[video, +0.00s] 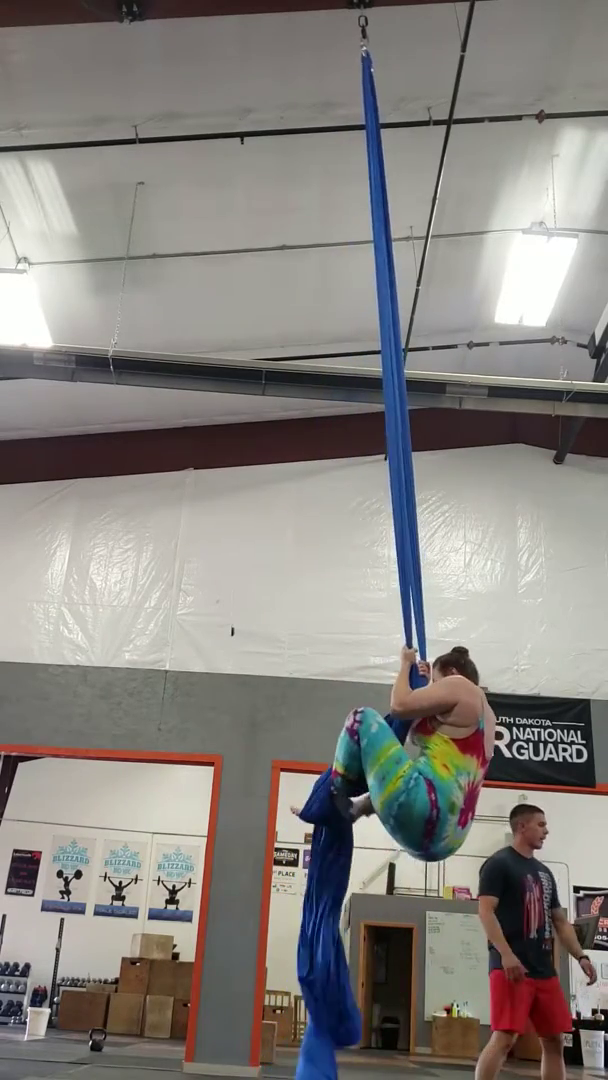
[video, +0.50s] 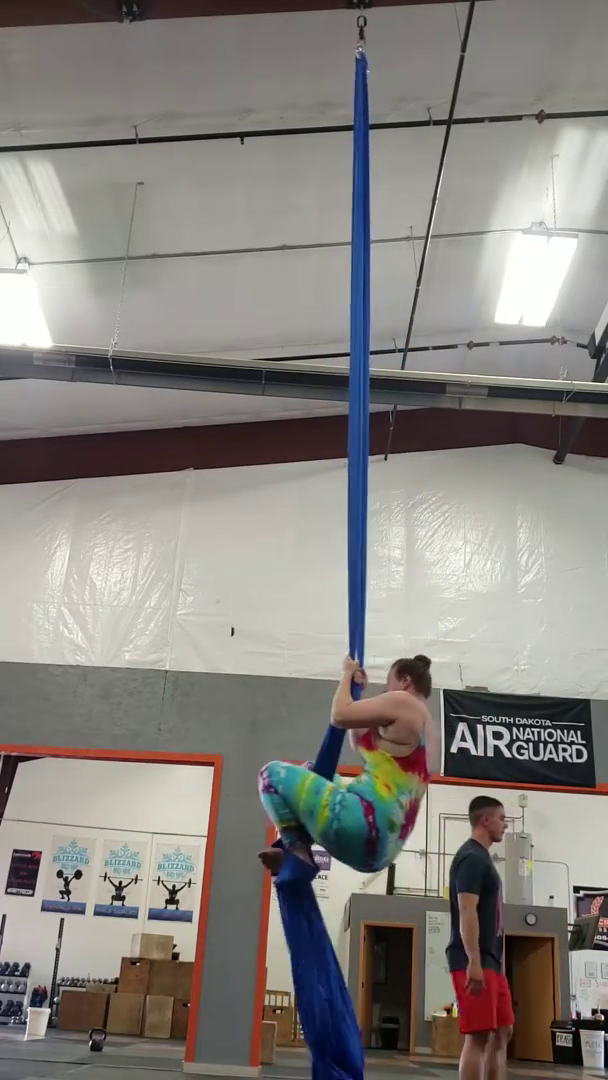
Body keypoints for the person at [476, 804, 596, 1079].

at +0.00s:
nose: (546, 830)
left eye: (546, 825)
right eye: (541, 825)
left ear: (528, 828)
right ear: (521, 827)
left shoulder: (545, 872)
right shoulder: (498, 864)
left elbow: (560, 921)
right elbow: (485, 912)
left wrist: (580, 956)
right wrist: (506, 954)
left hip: (543, 971)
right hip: (509, 968)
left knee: (553, 1042)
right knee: (503, 1039)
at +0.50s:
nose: (505, 825)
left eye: (505, 819)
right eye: (502, 819)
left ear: (484, 821)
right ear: (484, 820)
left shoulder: (482, 857)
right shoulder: (471, 857)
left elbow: (487, 914)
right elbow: (467, 911)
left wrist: (496, 962)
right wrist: (473, 961)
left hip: (491, 963)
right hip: (474, 963)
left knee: (503, 1032)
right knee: (478, 1037)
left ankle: (493, 1075)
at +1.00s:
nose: (457, 829)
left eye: (456, 823)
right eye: (453, 822)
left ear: (433, 825)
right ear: (436, 824)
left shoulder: (419, 860)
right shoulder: (436, 861)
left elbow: (423, 917)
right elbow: (448, 914)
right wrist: (479, 958)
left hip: (419, 960)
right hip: (439, 962)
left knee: (413, 1034)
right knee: (456, 1036)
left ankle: (393, 1076)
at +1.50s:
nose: (422, 829)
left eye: (421, 823)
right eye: (418, 823)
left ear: (397, 825)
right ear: (402, 824)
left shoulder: (380, 861)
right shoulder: (404, 858)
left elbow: (378, 916)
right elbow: (410, 908)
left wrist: (374, 964)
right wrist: (428, 955)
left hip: (380, 961)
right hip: (406, 960)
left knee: (385, 1032)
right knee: (424, 1032)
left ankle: (379, 1077)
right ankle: (432, 1077)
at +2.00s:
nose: (425, 831)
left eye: (425, 826)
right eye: (422, 825)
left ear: (401, 827)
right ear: (406, 826)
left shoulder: (377, 863)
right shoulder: (412, 859)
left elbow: (377, 914)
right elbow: (427, 909)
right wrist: (447, 952)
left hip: (378, 960)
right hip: (408, 959)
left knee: (380, 1032)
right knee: (429, 1029)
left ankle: (377, 1077)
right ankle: (442, 1076)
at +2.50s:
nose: (459, 837)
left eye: (459, 832)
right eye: (458, 832)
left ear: (430, 832)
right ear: (452, 833)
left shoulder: (411, 866)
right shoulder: (448, 867)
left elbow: (409, 917)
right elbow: (459, 920)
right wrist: (472, 966)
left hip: (410, 962)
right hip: (441, 963)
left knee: (416, 1032)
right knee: (452, 1035)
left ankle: (395, 1076)